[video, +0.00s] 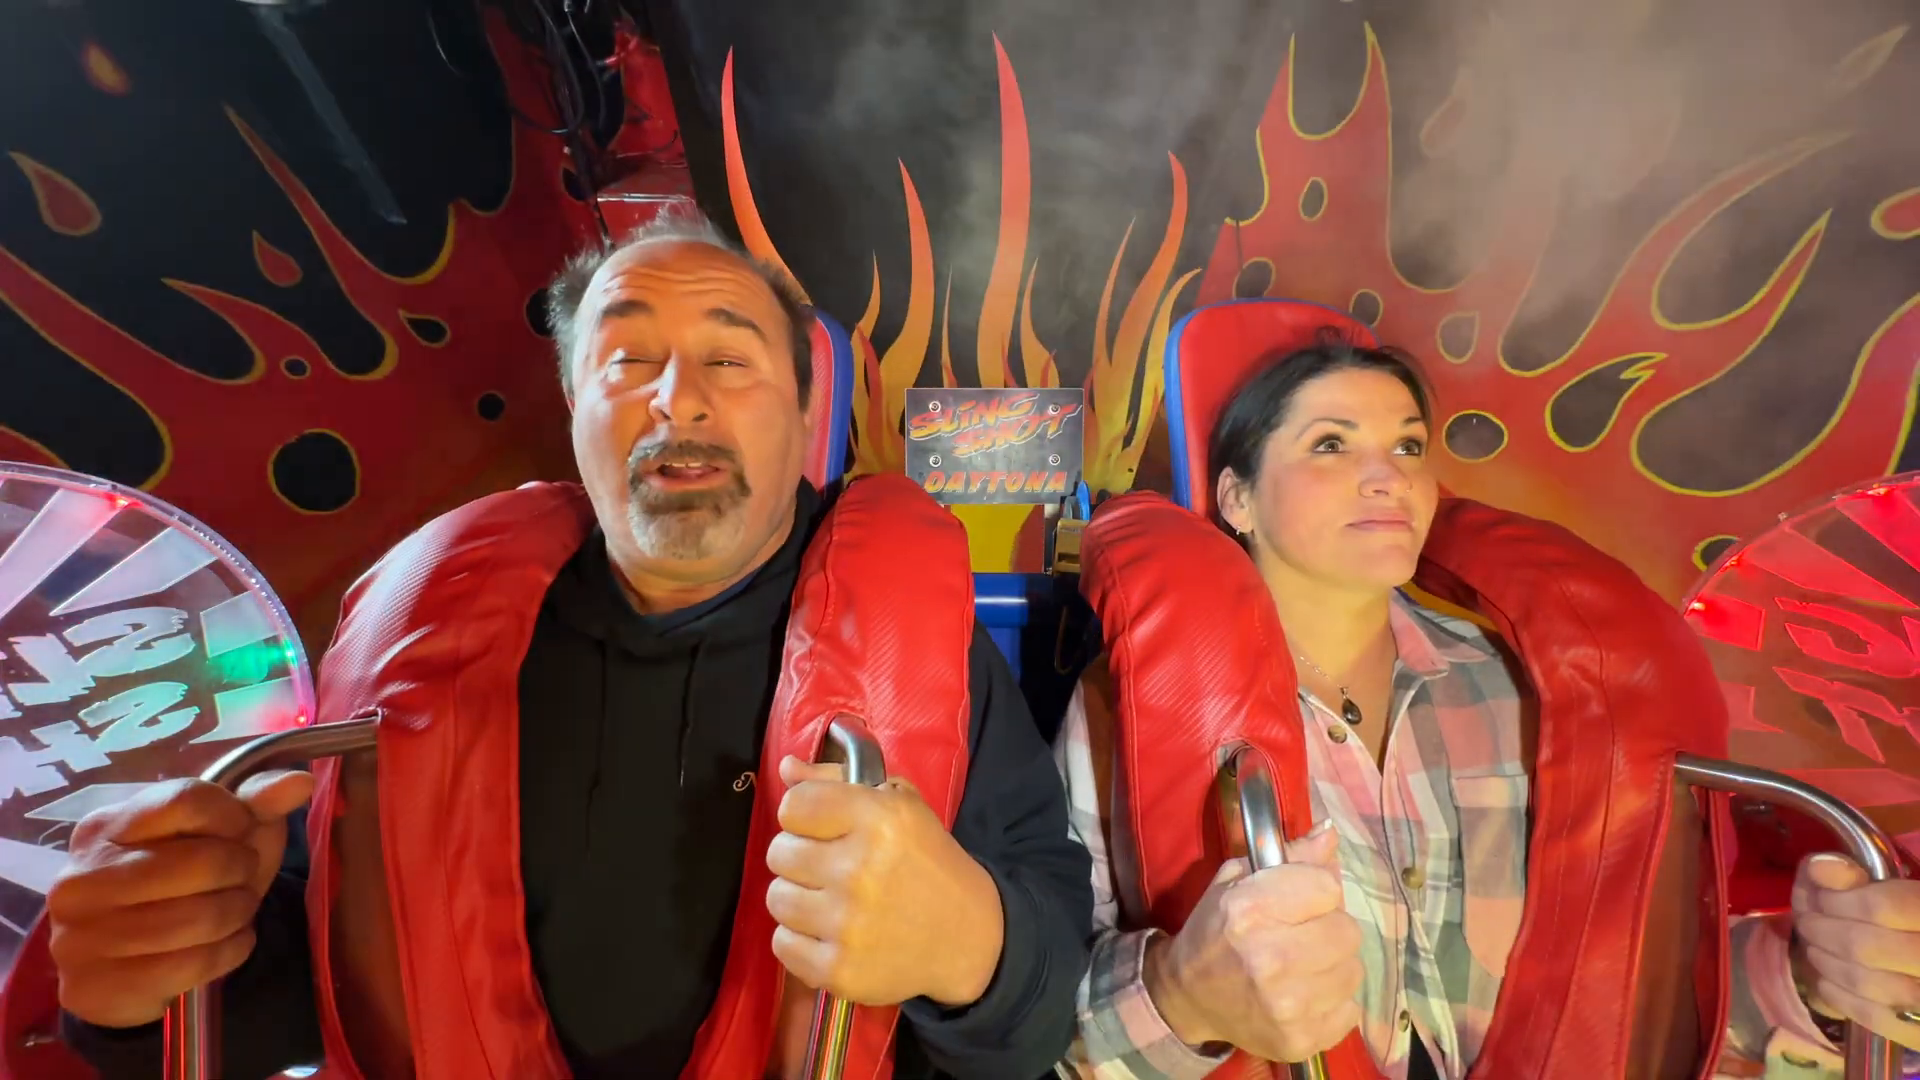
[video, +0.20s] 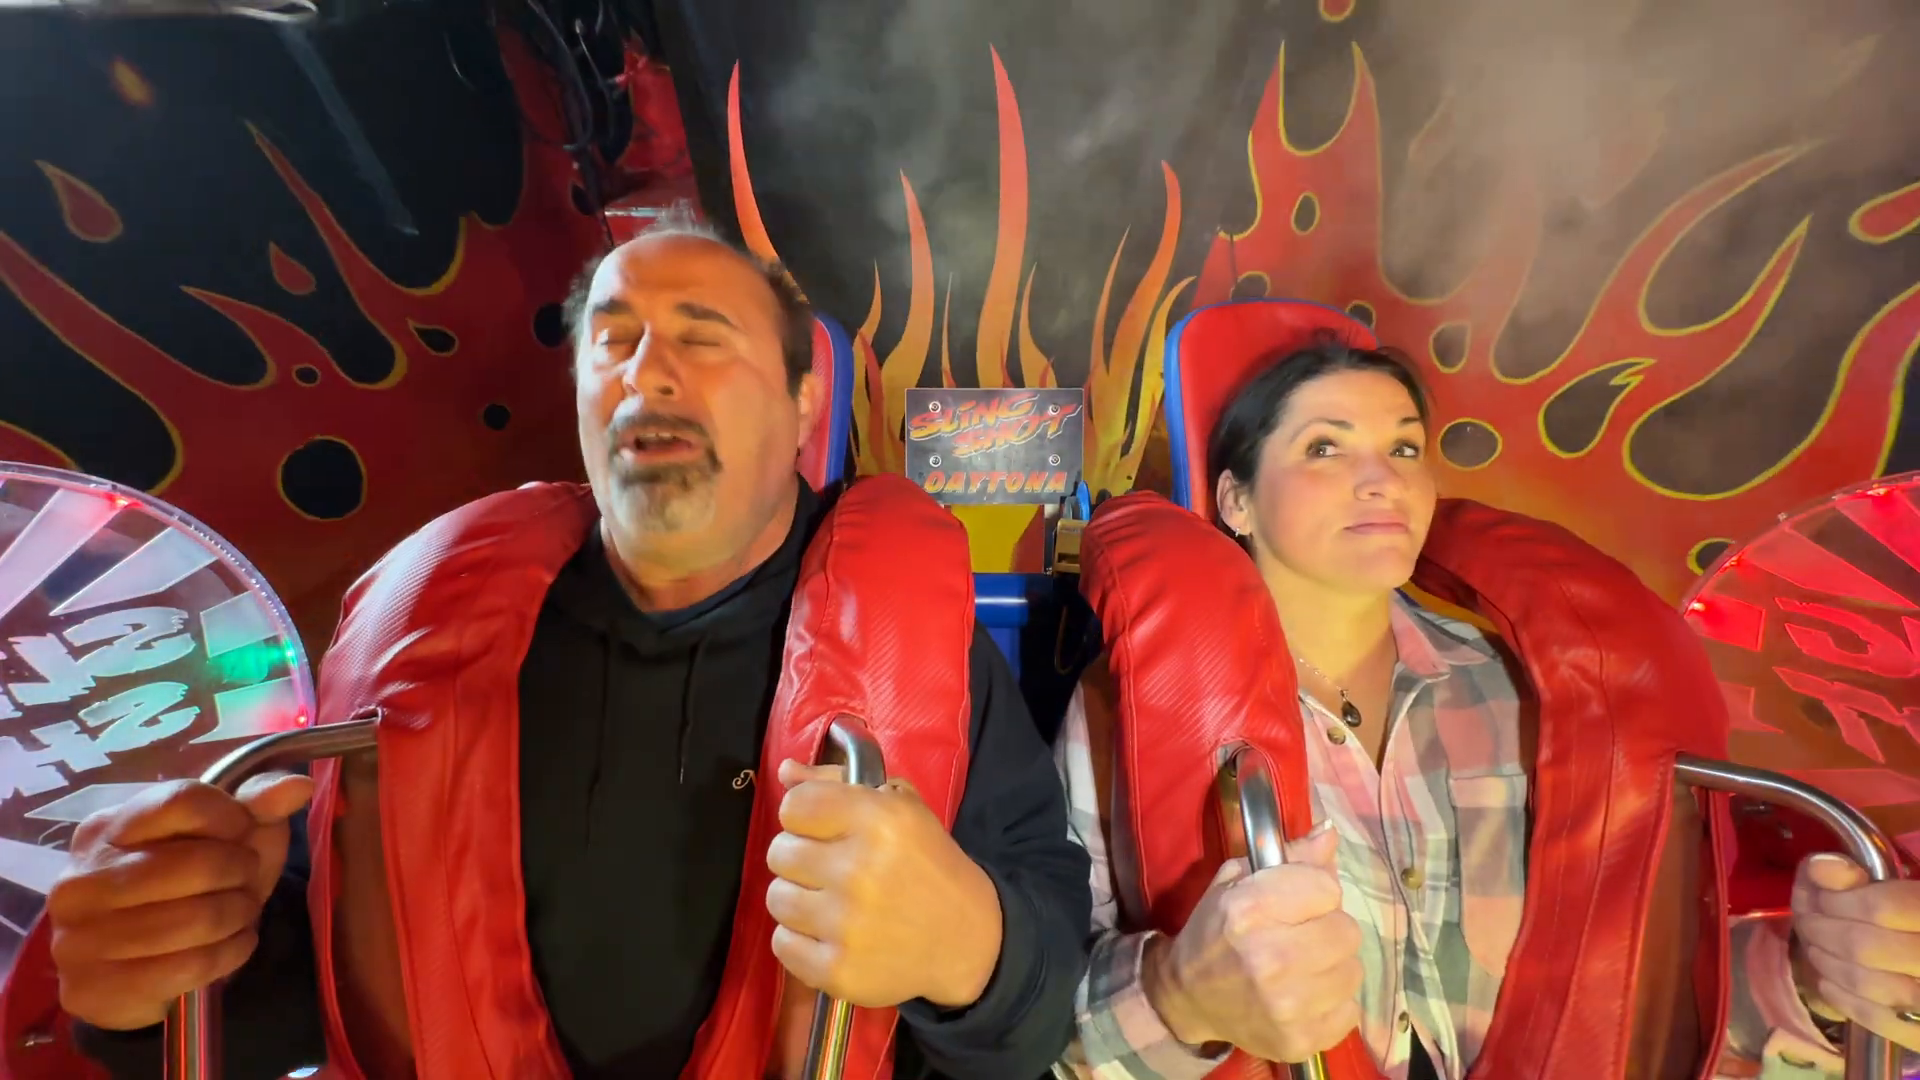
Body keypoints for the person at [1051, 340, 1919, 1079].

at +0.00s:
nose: (1388, 478)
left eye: (1408, 447)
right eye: (1330, 447)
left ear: (1437, 485)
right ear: (1238, 500)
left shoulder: (1514, 693)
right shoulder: (1141, 712)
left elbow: (1599, 975)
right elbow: (1041, 1028)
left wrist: (1793, 968)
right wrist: (1170, 1000)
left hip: (1488, 1067)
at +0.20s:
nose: (1382, 484)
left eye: (1404, 451)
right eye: (1325, 451)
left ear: (1435, 488)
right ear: (1237, 502)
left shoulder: (1525, 699)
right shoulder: (1137, 718)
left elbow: (1614, 979)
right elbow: (1041, 1032)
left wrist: (1803, 972)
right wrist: (1172, 1004)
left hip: (1493, 1067)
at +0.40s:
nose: (1371, 481)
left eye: (1394, 449)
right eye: (1314, 451)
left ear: (1430, 491)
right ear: (1230, 503)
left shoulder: (1525, 696)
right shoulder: (1137, 717)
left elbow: (1616, 970)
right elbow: (1054, 1033)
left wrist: (1798, 972)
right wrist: (1175, 1007)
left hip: (1501, 1066)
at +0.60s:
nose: (1372, 478)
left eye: (1394, 445)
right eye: (1315, 447)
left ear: (1429, 484)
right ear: (1231, 499)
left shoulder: (1523, 693)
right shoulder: (1140, 715)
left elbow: (1617, 969)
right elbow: (1054, 1034)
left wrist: (1804, 970)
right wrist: (1177, 1005)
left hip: (1503, 1070)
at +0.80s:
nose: (1373, 478)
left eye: (1394, 446)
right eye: (1315, 447)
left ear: (1427, 485)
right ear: (1231, 499)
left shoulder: (1521, 690)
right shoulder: (1142, 711)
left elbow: (1625, 964)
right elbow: (1067, 1036)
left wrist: (1815, 974)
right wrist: (1179, 1001)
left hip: (1500, 1071)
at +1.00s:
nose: (1376, 484)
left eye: (1397, 452)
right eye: (1319, 452)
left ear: (1429, 488)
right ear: (1233, 502)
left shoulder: (1518, 692)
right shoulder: (1143, 713)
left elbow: (1626, 962)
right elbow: (1066, 1036)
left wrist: (1817, 975)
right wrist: (1178, 1001)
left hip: (1501, 1071)